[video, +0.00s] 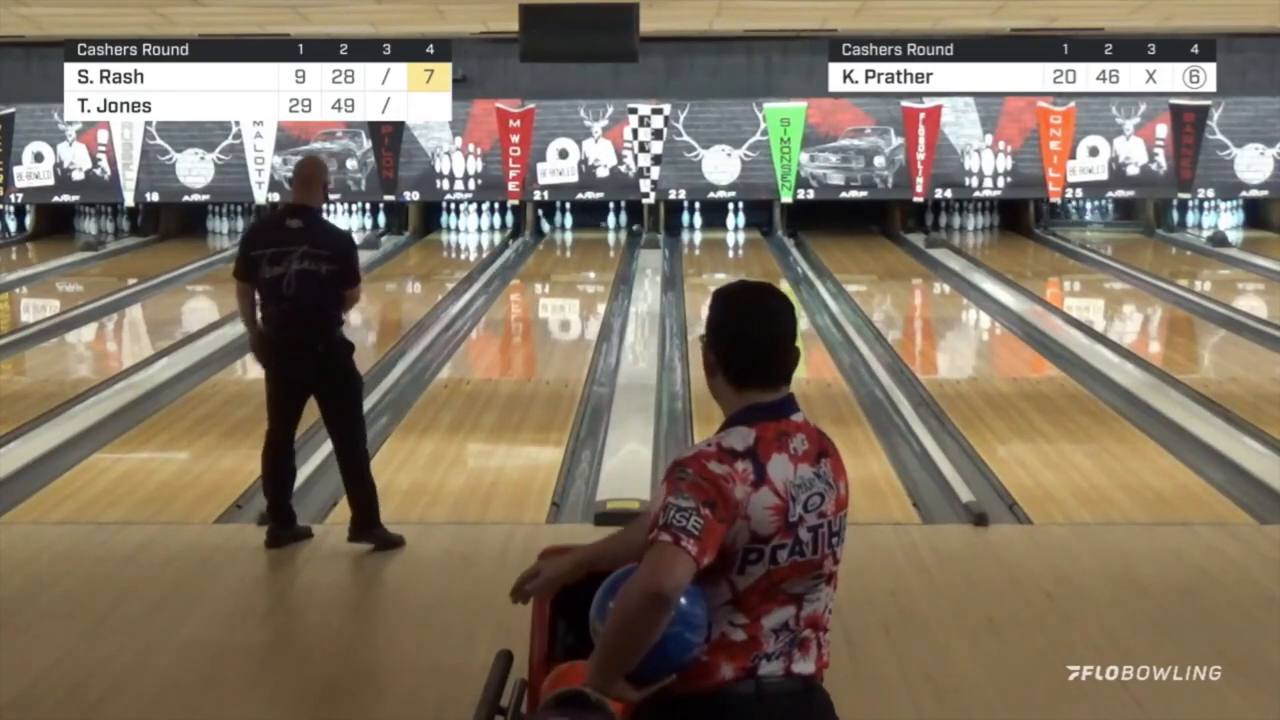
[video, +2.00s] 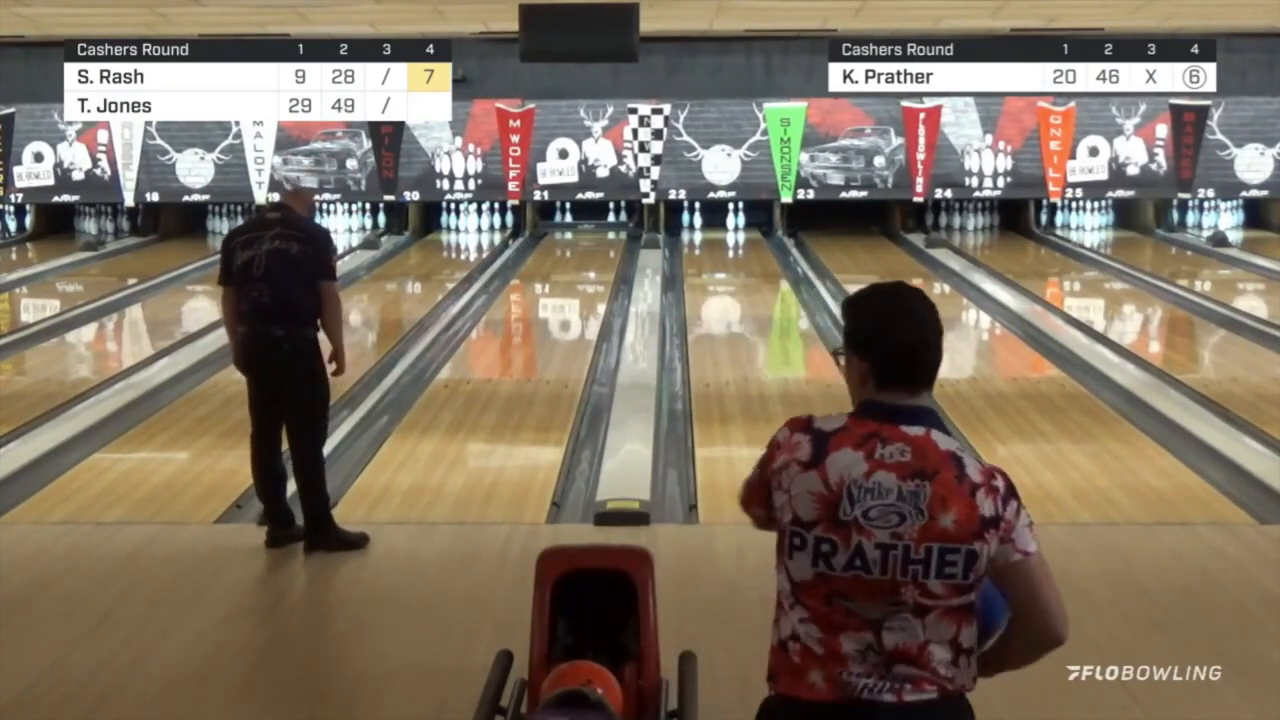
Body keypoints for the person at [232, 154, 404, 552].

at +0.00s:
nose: (326, 191)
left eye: (319, 183)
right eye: (326, 185)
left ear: (291, 184)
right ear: (323, 188)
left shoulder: (260, 229)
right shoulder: (337, 240)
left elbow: (244, 286)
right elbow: (351, 296)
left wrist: (254, 332)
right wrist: (319, 310)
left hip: (278, 347)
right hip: (328, 350)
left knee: (279, 436)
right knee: (350, 438)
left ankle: (281, 525)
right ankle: (366, 523)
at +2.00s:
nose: (314, 203)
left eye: (314, 196)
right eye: (311, 196)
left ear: (279, 195)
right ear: (298, 196)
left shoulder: (239, 234)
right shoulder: (313, 235)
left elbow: (229, 299)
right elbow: (328, 297)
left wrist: (236, 345)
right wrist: (337, 344)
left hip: (253, 348)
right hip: (299, 349)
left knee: (264, 437)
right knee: (307, 441)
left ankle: (279, 526)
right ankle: (320, 528)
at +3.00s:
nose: (318, 212)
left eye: (319, 204)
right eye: (314, 203)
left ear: (292, 201)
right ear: (295, 202)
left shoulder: (286, 246)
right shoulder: (268, 251)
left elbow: (291, 320)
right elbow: (265, 331)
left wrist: (310, 374)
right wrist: (289, 389)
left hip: (297, 370)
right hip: (267, 376)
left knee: (318, 448)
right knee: (282, 461)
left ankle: (318, 537)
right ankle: (282, 557)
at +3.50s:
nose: (304, 218)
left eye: (310, 209)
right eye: (297, 209)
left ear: (315, 213)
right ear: (276, 211)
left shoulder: (328, 267)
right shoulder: (241, 267)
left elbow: (348, 330)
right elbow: (224, 332)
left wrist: (368, 383)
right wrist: (235, 387)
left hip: (313, 395)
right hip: (258, 397)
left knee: (315, 492)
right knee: (269, 489)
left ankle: (316, 594)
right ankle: (285, 560)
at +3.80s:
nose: (265, 215)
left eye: (275, 207)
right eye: (259, 205)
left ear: (294, 210)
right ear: (249, 206)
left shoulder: (321, 263)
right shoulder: (228, 264)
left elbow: (351, 326)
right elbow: (200, 327)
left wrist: (362, 382)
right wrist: (172, 386)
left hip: (305, 403)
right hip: (246, 403)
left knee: (311, 506)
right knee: (240, 508)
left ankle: (313, 604)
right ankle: (263, 602)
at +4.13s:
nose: (210, 226)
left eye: (219, 217)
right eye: (202, 218)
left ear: (240, 216)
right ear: (193, 220)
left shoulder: (274, 273)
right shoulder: (184, 281)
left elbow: (302, 343)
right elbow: (178, 349)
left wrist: (296, 402)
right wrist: (161, 410)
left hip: (265, 420)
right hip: (204, 422)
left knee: (285, 518)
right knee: (207, 538)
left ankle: (306, 593)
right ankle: (215, 645)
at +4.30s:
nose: (191, 227)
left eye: (200, 218)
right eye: (183, 218)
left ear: (220, 216)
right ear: (173, 220)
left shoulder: (257, 275)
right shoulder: (161, 281)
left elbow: (282, 353)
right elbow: (151, 358)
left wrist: (287, 423)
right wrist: (141, 428)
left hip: (247, 428)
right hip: (185, 431)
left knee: (261, 534)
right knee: (197, 548)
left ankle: (275, 605)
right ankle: (215, 648)